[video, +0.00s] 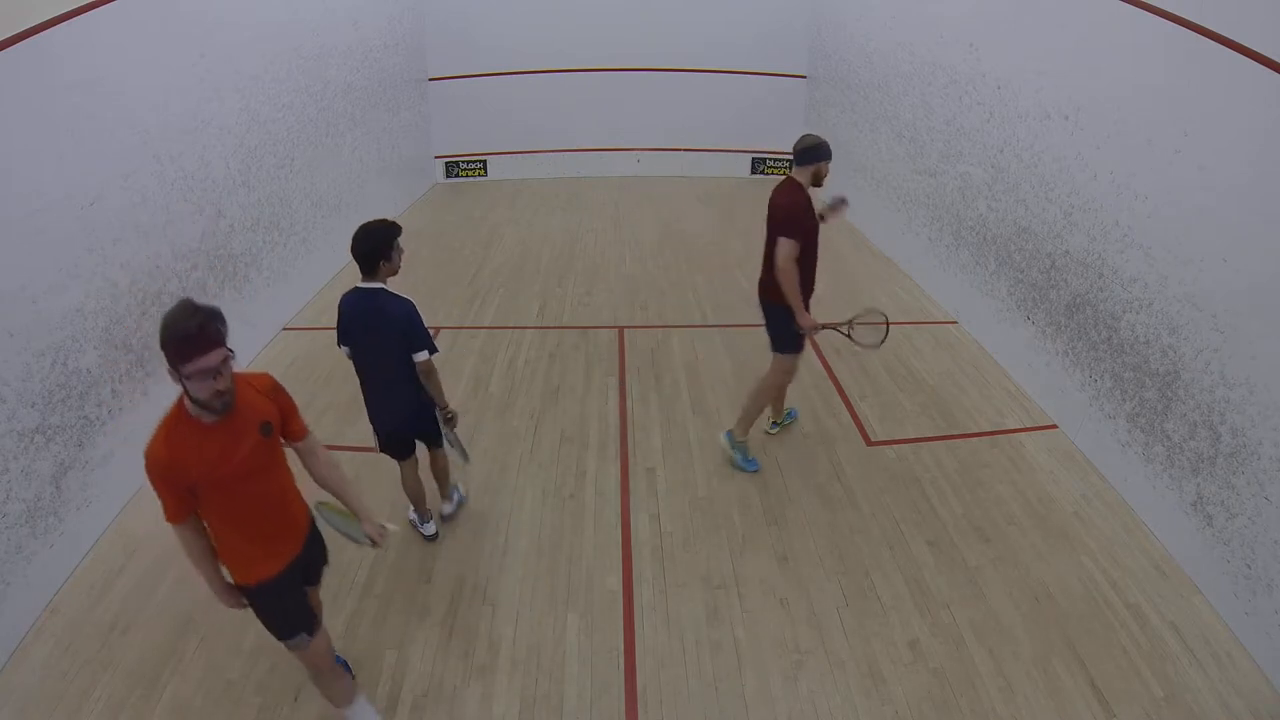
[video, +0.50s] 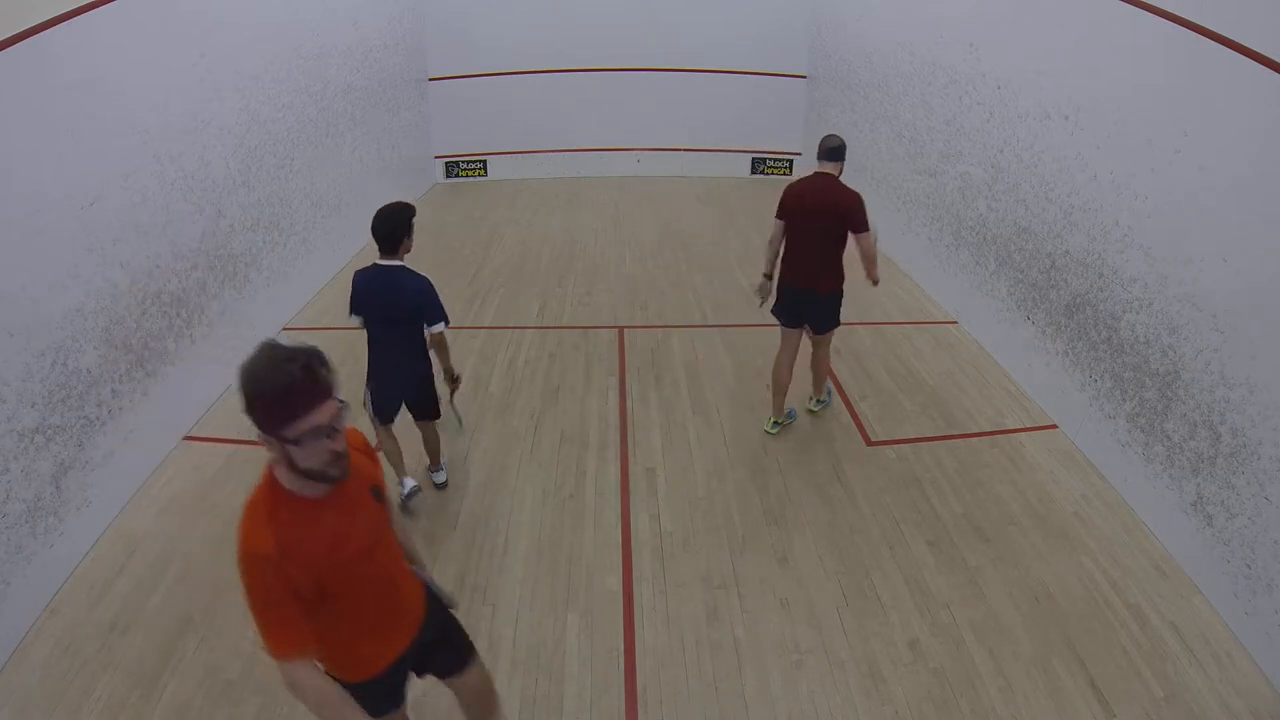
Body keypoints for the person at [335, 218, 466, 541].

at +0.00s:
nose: (402, 256)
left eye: (400, 249)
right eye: (398, 251)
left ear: (363, 261)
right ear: (385, 261)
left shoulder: (348, 303)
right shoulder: (401, 308)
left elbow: (350, 353)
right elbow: (425, 367)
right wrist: (443, 405)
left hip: (380, 405)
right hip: (414, 399)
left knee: (406, 462)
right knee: (435, 448)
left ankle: (425, 521)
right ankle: (448, 499)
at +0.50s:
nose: (413, 240)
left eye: (411, 234)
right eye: (411, 235)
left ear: (377, 239)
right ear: (405, 241)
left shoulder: (362, 278)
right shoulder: (419, 284)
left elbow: (362, 321)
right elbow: (436, 337)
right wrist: (448, 369)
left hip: (382, 372)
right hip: (416, 370)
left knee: (382, 426)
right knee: (426, 423)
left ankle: (405, 480)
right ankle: (437, 471)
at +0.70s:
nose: (407, 235)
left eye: (406, 229)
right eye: (406, 230)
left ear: (372, 237)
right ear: (401, 237)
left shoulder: (360, 272)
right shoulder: (415, 279)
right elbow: (449, 310)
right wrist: (451, 325)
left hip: (378, 372)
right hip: (414, 372)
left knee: (386, 432)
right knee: (422, 427)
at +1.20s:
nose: (392, 228)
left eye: (390, 225)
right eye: (391, 225)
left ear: (357, 235)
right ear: (386, 232)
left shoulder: (349, 279)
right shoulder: (404, 269)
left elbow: (339, 320)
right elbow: (444, 305)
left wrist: (360, 293)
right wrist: (445, 320)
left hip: (377, 366)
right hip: (411, 360)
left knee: (380, 426)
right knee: (421, 417)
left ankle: (387, 486)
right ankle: (437, 470)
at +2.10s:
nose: (349, 250)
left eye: (346, 246)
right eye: (347, 247)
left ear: (316, 258)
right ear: (344, 254)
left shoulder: (318, 305)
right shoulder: (365, 287)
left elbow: (315, 356)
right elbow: (399, 325)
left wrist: (334, 335)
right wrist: (394, 304)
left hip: (347, 384)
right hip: (381, 374)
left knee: (329, 436)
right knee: (410, 416)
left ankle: (331, 500)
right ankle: (434, 464)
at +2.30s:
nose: (303, 266)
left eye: (299, 262)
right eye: (300, 262)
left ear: (270, 276)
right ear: (297, 270)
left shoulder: (271, 322)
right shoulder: (318, 305)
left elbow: (263, 376)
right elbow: (357, 344)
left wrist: (281, 351)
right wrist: (351, 323)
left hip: (307, 403)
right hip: (340, 390)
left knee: (293, 448)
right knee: (381, 428)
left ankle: (321, 505)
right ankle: (423, 463)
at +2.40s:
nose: (281, 258)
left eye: (277, 253)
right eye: (278, 254)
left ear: (247, 267)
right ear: (274, 261)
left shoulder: (247, 316)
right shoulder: (298, 298)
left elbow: (240, 370)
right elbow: (336, 337)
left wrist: (250, 345)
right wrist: (321, 321)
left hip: (282, 401)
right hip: (315, 387)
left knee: (299, 452)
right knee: (346, 434)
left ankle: (320, 504)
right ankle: (377, 481)